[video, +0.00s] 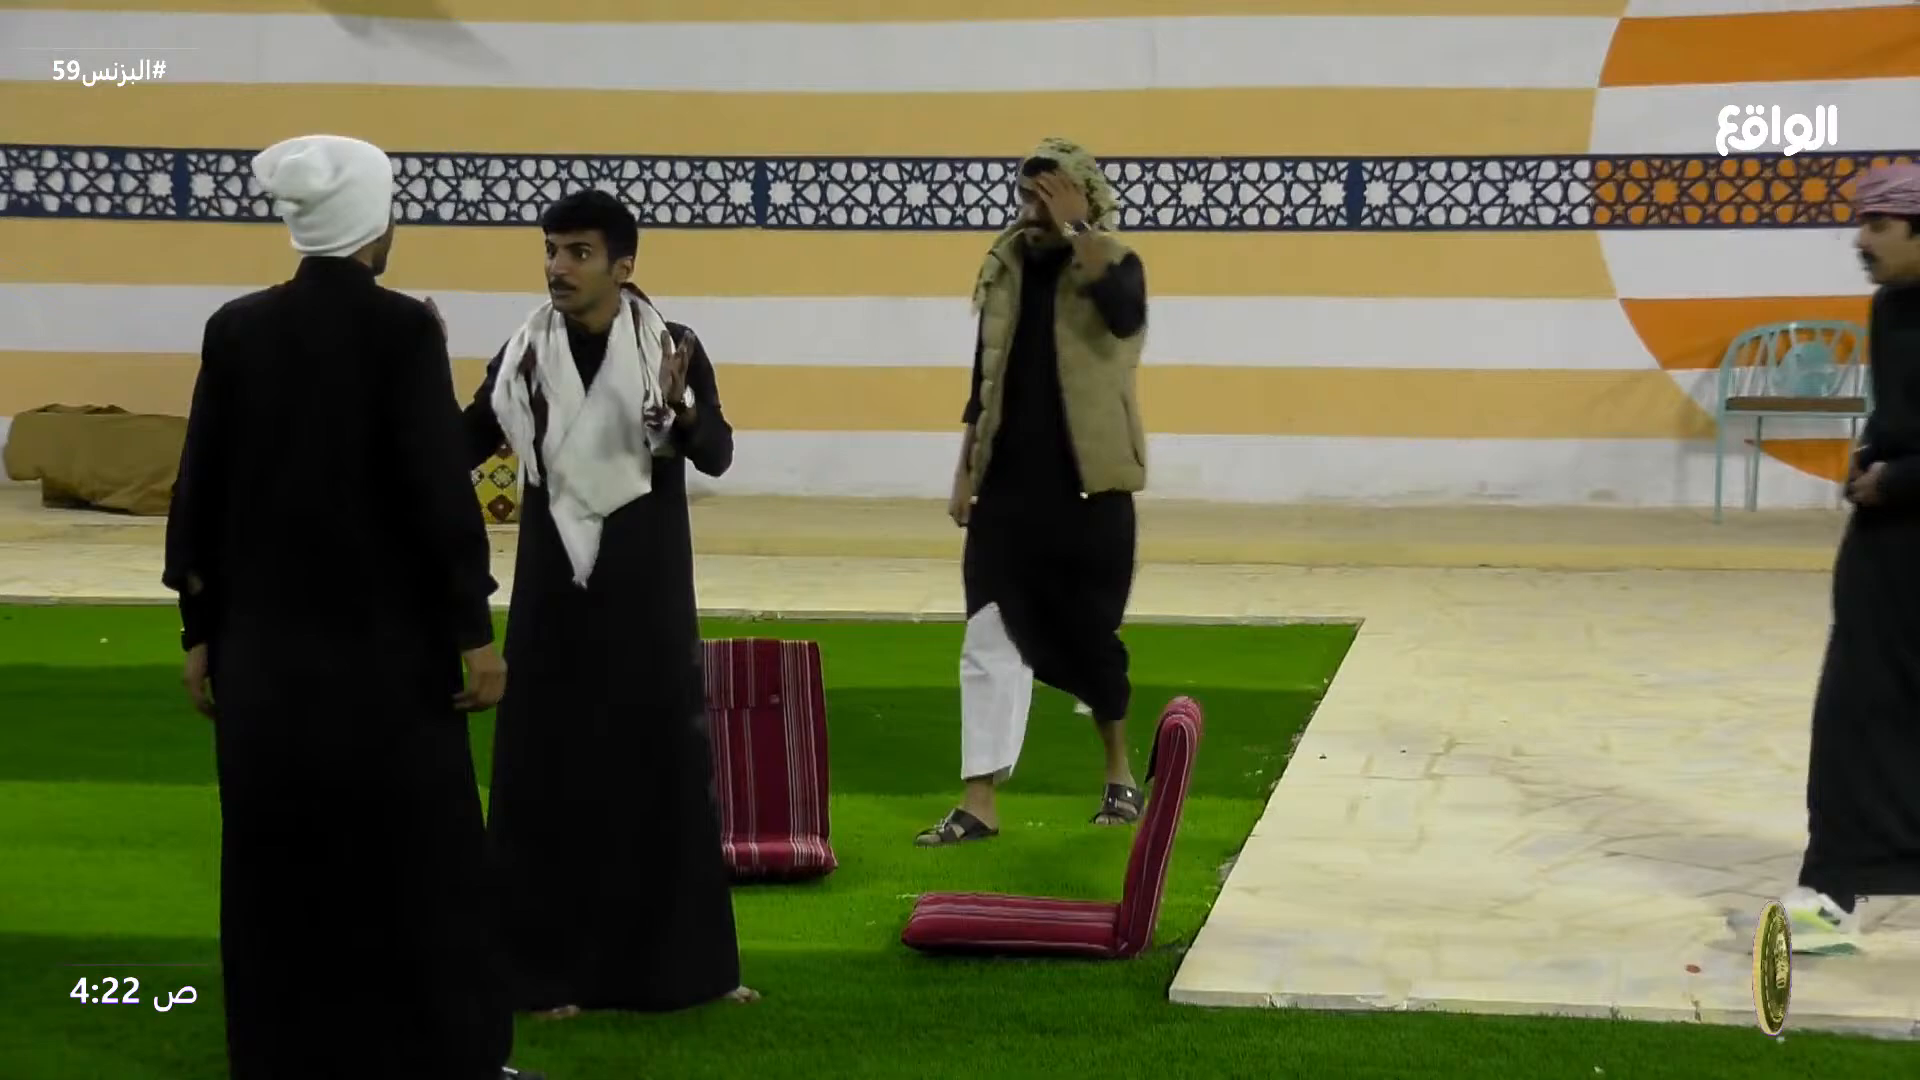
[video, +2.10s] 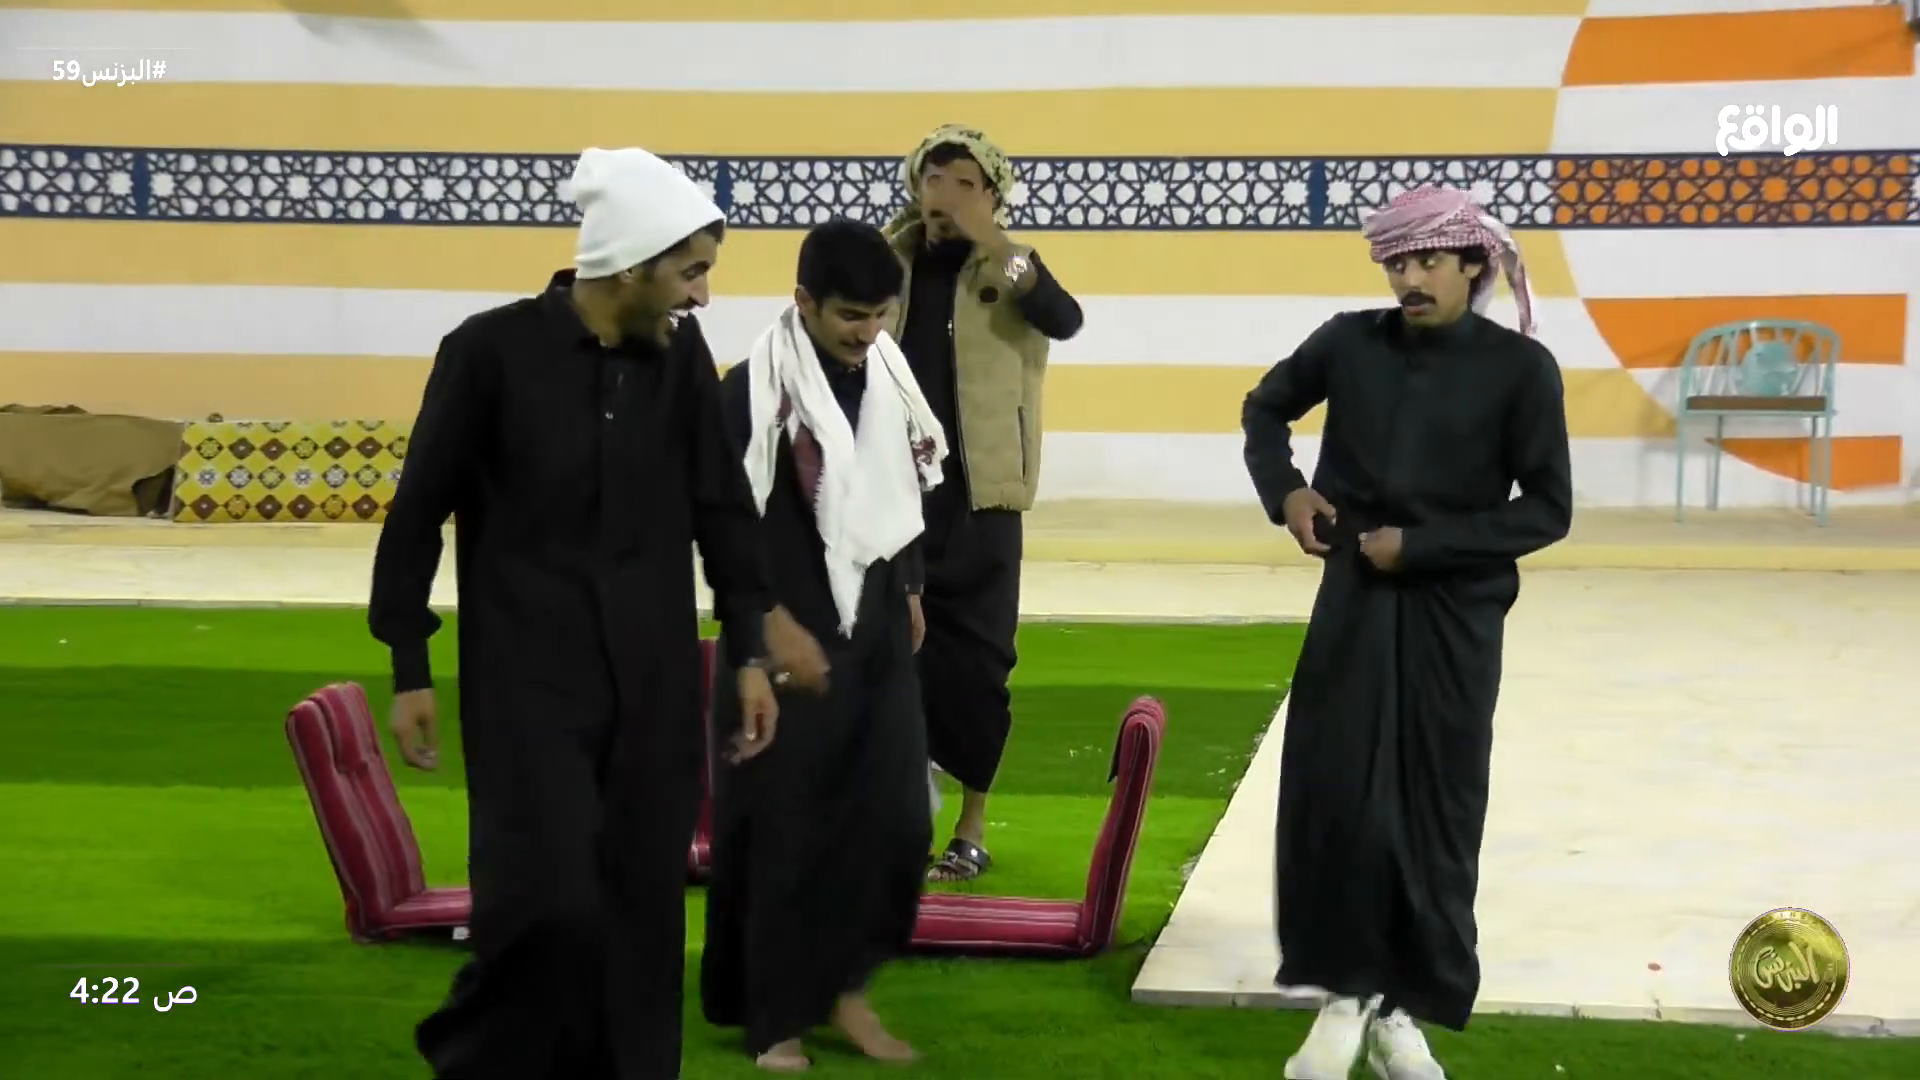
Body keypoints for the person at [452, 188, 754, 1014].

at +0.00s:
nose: (560, 267)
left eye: (579, 253)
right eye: (553, 252)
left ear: (623, 263)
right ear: (543, 260)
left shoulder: (672, 349)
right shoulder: (524, 351)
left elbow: (718, 456)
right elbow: (465, 442)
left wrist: (685, 408)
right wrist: (399, 467)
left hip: (646, 597)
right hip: (550, 595)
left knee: (666, 773)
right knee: (547, 774)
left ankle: (697, 966)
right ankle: (553, 973)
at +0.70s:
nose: (564, 268)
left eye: (582, 254)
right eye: (554, 252)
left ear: (621, 262)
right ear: (542, 258)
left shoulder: (665, 345)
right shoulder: (521, 349)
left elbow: (701, 459)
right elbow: (486, 470)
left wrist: (656, 419)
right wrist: (484, 408)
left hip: (640, 577)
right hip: (548, 573)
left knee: (658, 761)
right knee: (548, 761)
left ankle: (692, 966)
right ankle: (558, 972)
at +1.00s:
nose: (609, 267)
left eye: (627, 254)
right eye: (596, 251)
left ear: (658, 262)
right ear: (581, 257)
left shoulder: (697, 346)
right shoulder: (551, 345)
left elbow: (746, 459)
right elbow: (517, 465)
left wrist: (687, 472)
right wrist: (602, 470)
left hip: (672, 592)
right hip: (576, 590)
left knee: (680, 767)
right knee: (571, 769)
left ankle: (693, 970)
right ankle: (562, 976)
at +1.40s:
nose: (721, 273)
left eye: (739, 259)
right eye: (706, 256)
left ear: (764, 268)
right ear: (685, 261)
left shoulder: (783, 351)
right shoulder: (643, 350)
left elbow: (817, 449)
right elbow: (612, 474)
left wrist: (817, 492)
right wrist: (601, 595)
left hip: (745, 599)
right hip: (655, 599)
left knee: (743, 781)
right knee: (652, 782)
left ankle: (736, 972)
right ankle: (648, 980)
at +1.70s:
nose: (809, 309)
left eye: (820, 294)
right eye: (792, 293)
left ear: (832, 291)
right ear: (749, 284)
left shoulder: (827, 372)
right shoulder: (694, 375)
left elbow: (860, 465)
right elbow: (638, 486)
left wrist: (882, 518)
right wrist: (599, 580)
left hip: (792, 621)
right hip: (713, 621)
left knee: (763, 799)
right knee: (748, 797)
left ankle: (701, 963)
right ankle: (787, 1001)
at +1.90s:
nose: (838, 327)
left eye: (848, 311)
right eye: (820, 314)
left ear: (860, 301)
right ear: (775, 302)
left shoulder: (860, 374)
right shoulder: (726, 394)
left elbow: (886, 478)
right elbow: (678, 536)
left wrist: (913, 555)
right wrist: (686, 667)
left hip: (831, 636)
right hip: (752, 641)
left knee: (816, 813)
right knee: (786, 813)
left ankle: (719, 944)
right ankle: (795, 1020)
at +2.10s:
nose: (869, 331)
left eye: (880, 314)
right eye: (851, 316)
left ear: (892, 304)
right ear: (805, 300)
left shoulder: (888, 367)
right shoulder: (750, 389)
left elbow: (905, 493)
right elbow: (726, 527)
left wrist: (907, 586)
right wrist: (760, 634)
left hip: (879, 633)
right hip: (789, 638)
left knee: (890, 814)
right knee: (783, 825)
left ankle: (849, 992)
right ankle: (775, 1020)